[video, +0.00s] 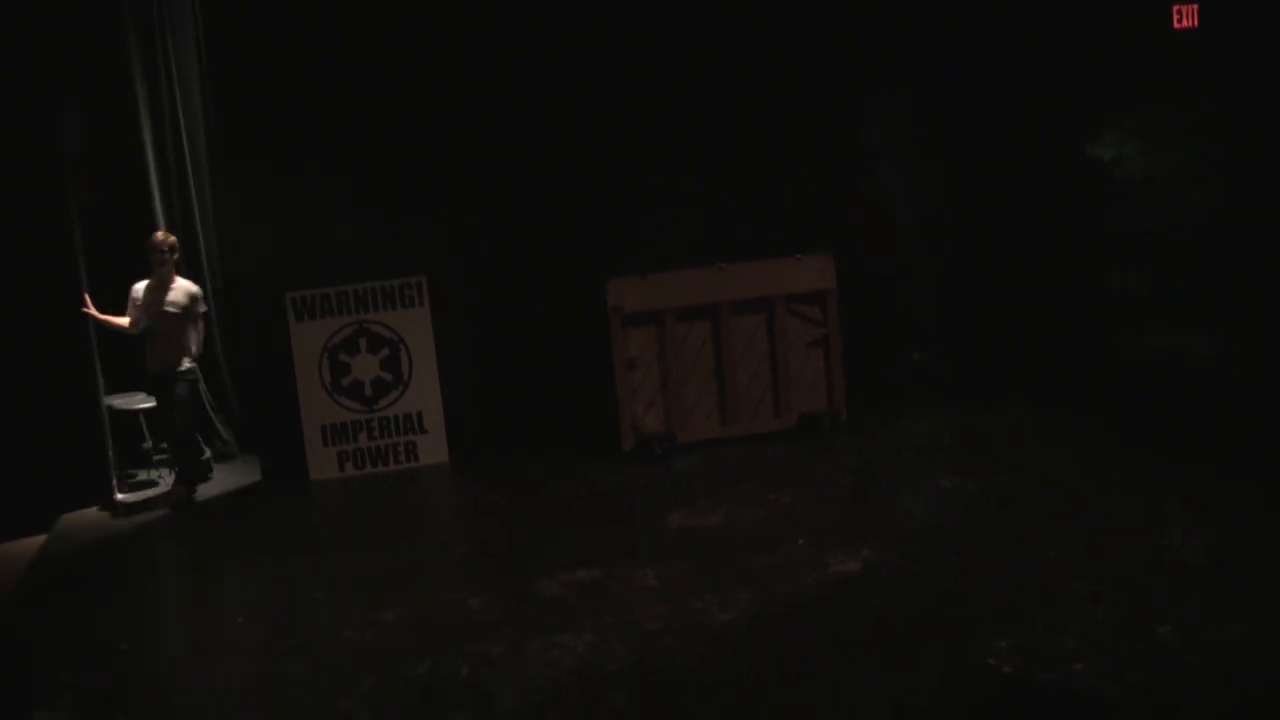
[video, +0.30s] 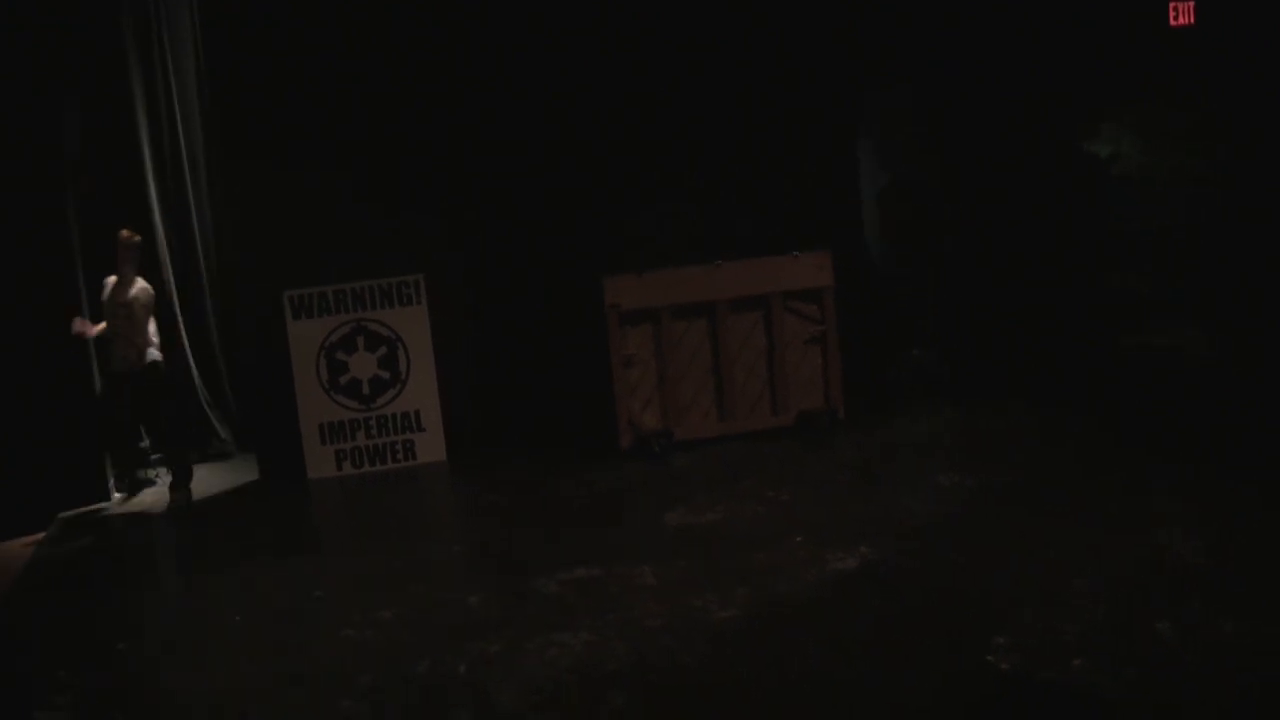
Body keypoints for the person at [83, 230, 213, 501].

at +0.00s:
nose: (161, 258)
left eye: (166, 252)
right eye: (156, 252)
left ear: (175, 255)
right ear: (149, 256)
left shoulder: (190, 291)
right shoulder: (140, 290)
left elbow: (197, 325)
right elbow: (133, 325)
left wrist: (194, 351)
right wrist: (97, 316)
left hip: (183, 369)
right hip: (156, 370)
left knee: (183, 421)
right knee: (169, 423)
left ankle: (187, 477)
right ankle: (193, 467)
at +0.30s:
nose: (127, 259)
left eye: (132, 253)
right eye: (124, 253)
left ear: (138, 256)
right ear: (117, 254)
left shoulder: (144, 291)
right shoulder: (110, 285)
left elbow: (146, 326)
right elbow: (112, 320)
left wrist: (153, 348)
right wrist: (93, 330)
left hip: (144, 365)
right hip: (118, 366)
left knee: (157, 421)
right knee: (119, 423)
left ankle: (178, 471)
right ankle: (127, 477)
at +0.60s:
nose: (84, 269)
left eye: (88, 263)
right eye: (80, 263)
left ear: (94, 265)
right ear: (69, 266)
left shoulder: (107, 295)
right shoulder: (54, 304)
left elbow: (112, 329)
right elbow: (48, 345)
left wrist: (86, 313)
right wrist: (49, 376)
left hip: (106, 375)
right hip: (72, 380)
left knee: (117, 431)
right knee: (72, 441)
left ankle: (138, 490)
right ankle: (70, 505)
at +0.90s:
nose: (50, 281)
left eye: (55, 275)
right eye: (46, 275)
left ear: (65, 277)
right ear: (39, 279)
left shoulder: (84, 313)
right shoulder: (29, 310)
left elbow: (107, 331)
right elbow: (26, 342)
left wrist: (122, 353)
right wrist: (31, 369)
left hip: (84, 382)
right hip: (49, 385)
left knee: (102, 438)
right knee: (55, 445)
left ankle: (123, 494)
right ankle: (58, 508)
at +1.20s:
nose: (43, 289)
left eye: (47, 283)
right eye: (37, 283)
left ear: (57, 285)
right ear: (30, 287)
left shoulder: (73, 324)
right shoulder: (19, 318)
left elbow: (86, 364)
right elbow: (18, 361)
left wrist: (92, 400)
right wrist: (20, 400)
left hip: (72, 394)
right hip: (38, 397)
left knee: (94, 445)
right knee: (45, 454)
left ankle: (116, 497)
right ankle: (54, 512)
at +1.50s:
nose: (36, 303)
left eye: (40, 297)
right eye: (31, 298)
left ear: (50, 299)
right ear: (25, 303)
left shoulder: (71, 328)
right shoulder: (18, 338)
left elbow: (89, 363)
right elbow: (17, 380)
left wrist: (96, 400)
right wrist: (21, 410)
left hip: (72, 400)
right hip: (39, 406)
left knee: (69, 445)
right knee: (44, 457)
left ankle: (105, 506)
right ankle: (55, 521)